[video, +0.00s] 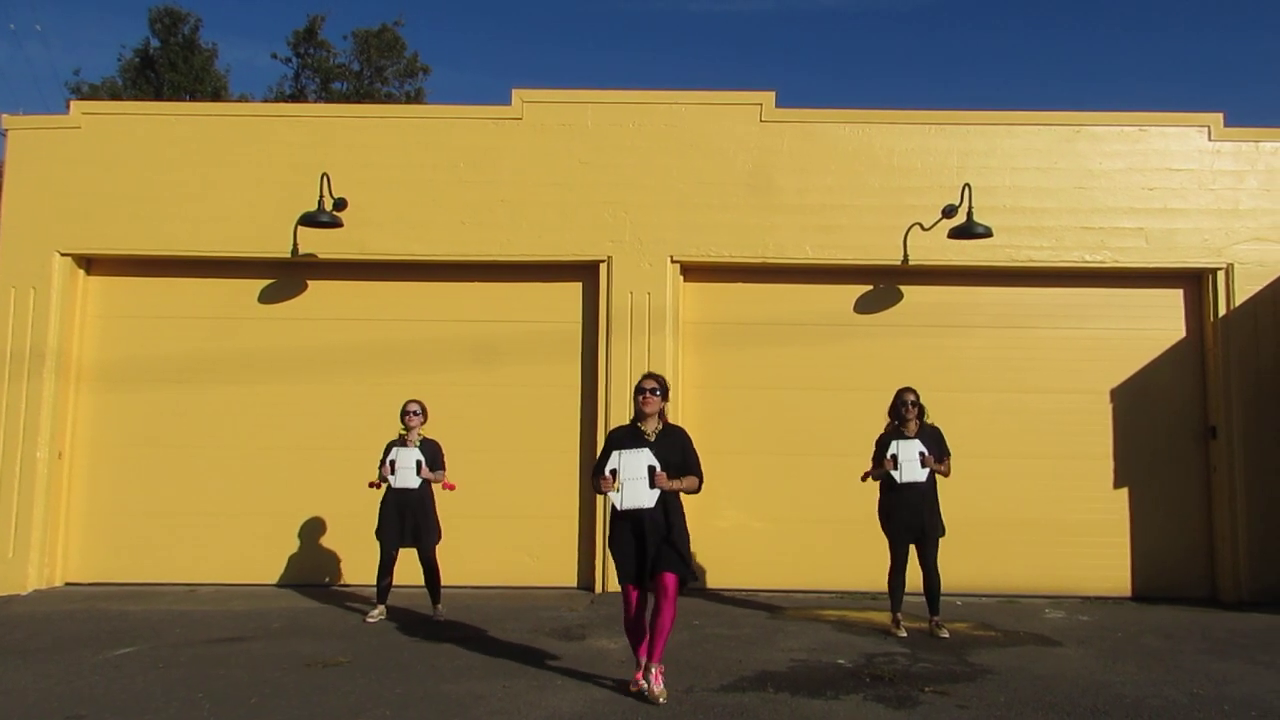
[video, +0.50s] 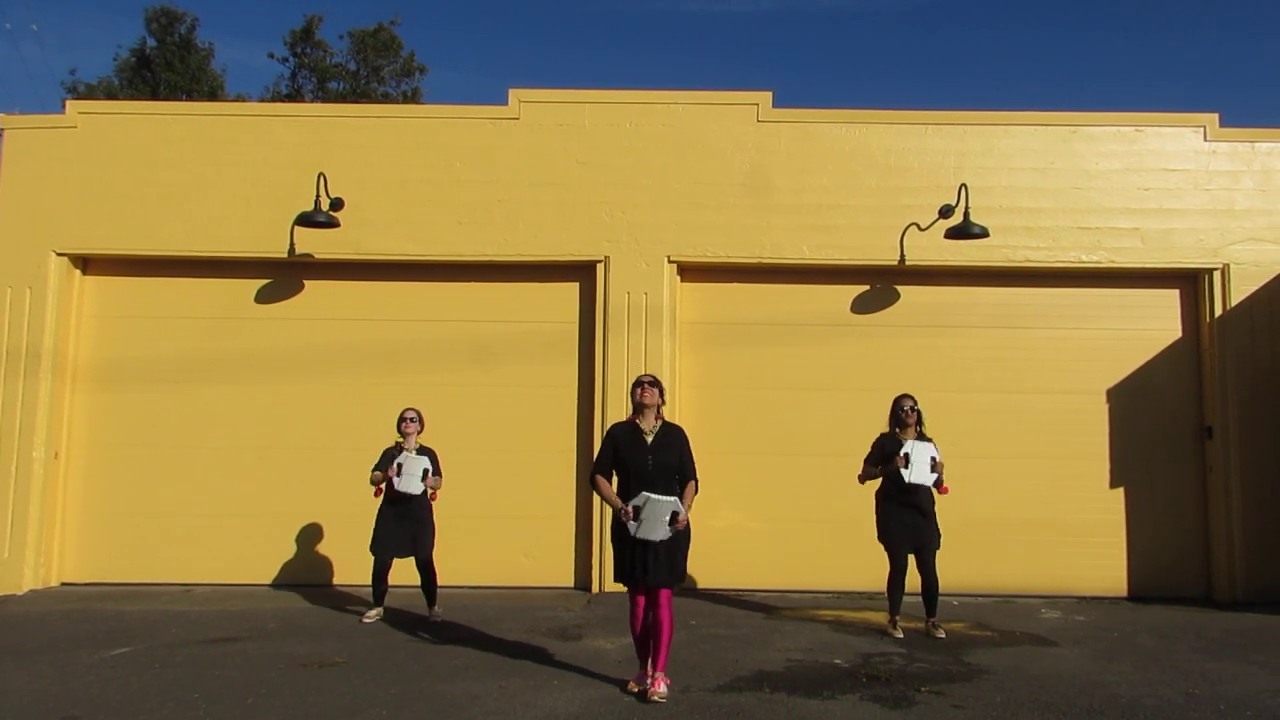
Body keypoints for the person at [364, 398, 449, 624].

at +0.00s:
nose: (410, 417)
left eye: (415, 413)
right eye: (406, 413)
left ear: (423, 417)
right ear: (402, 418)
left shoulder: (431, 446)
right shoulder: (393, 446)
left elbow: (441, 476)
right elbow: (382, 476)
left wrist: (428, 475)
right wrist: (384, 474)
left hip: (422, 510)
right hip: (393, 509)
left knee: (428, 558)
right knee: (387, 557)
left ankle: (436, 606)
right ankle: (380, 606)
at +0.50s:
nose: (407, 423)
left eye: (412, 420)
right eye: (403, 420)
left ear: (420, 425)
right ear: (399, 426)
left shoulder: (428, 454)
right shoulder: (391, 453)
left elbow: (438, 483)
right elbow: (374, 479)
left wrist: (430, 482)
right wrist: (387, 474)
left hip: (419, 516)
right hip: (391, 514)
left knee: (424, 561)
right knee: (382, 561)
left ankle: (432, 607)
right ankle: (378, 606)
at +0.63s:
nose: (407, 409)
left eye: (412, 406)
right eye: (403, 406)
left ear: (420, 412)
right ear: (398, 411)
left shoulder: (425, 436)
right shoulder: (390, 433)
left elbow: (440, 462)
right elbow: (381, 443)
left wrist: (450, 450)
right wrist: (410, 438)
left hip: (419, 501)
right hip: (392, 500)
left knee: (420, 554)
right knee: (385, 552)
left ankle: (426, 601)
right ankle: (375, 601)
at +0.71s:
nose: (407, 408)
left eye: (413, 405)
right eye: (403, 405)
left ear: (420, 413)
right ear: (397, 410)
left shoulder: (423, 439)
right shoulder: (388, 433)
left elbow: (442, 449)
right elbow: (391, 426)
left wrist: (458, 433)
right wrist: (422, 418)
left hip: (419, 501)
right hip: (393, 500)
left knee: (417, 553)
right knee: (388, 551)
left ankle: (418, 603)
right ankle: (382, 598)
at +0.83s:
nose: (409, 415)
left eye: (414, 413)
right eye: (408, 412)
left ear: (420, 420)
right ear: (403, 419)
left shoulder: (424, 443)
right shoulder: (393, 440)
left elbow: (447, 433)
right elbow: (396, 419)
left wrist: (456, 406)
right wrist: (417, 397)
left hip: (421, 508)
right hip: (394, 508)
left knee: (419, 559)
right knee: (386, 553)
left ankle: (417, 606)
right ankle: (394, 597)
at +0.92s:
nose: (414, 408)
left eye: (419, 406)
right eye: (411, 406)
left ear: (424, 414)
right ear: (404, 412)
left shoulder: (429, 438)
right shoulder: (394, 435)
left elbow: (442, 420)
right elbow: (391, 412)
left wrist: (443, 389)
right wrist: (403, 385)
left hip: (421, 502)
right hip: (394, 501)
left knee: (418, 555)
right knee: (392, 552)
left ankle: (416, 604)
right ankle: (400, 596)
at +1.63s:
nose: (414, 414)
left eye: (417, 411)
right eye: (410, 411)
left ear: (422, 416)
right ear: (402, 416)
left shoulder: (425, 441)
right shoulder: (390, 438)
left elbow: (432, 430)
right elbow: (381, 426)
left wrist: (428, 403)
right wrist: (387, 398)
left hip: (417, 501)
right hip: (390, 500)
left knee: (406, 551)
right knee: (395, 553)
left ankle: (400, 605)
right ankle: (408, 594)